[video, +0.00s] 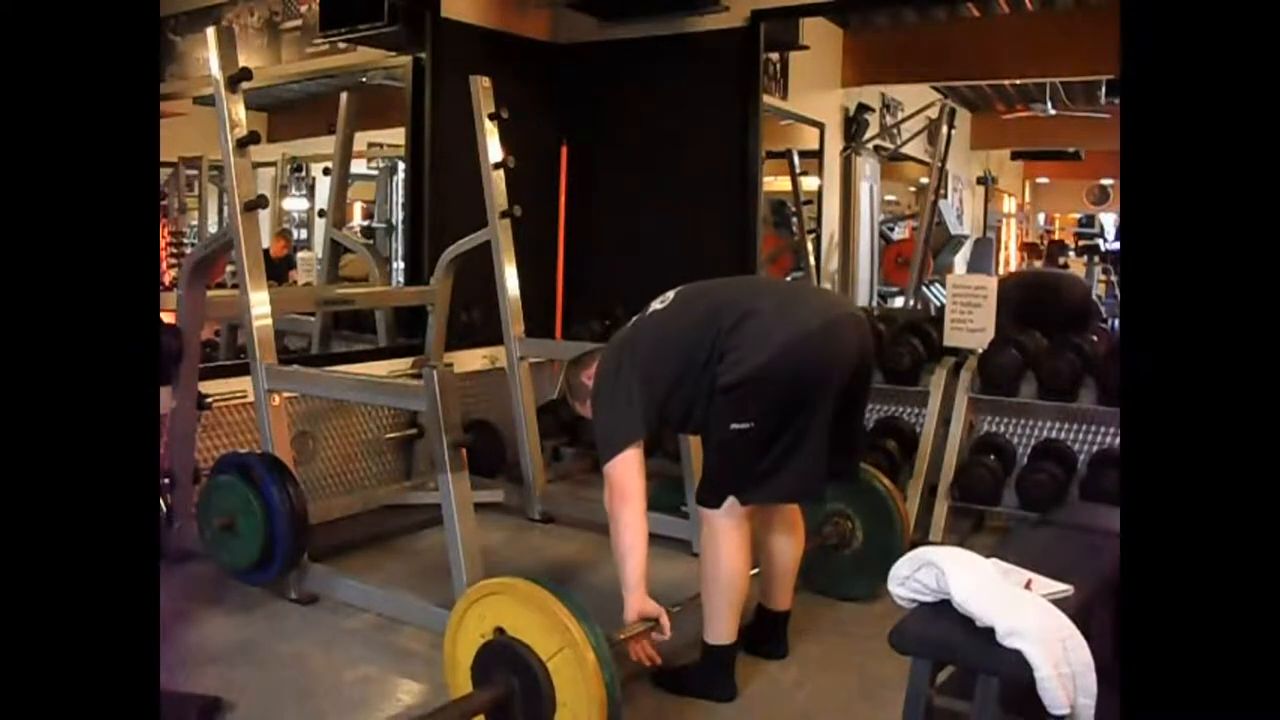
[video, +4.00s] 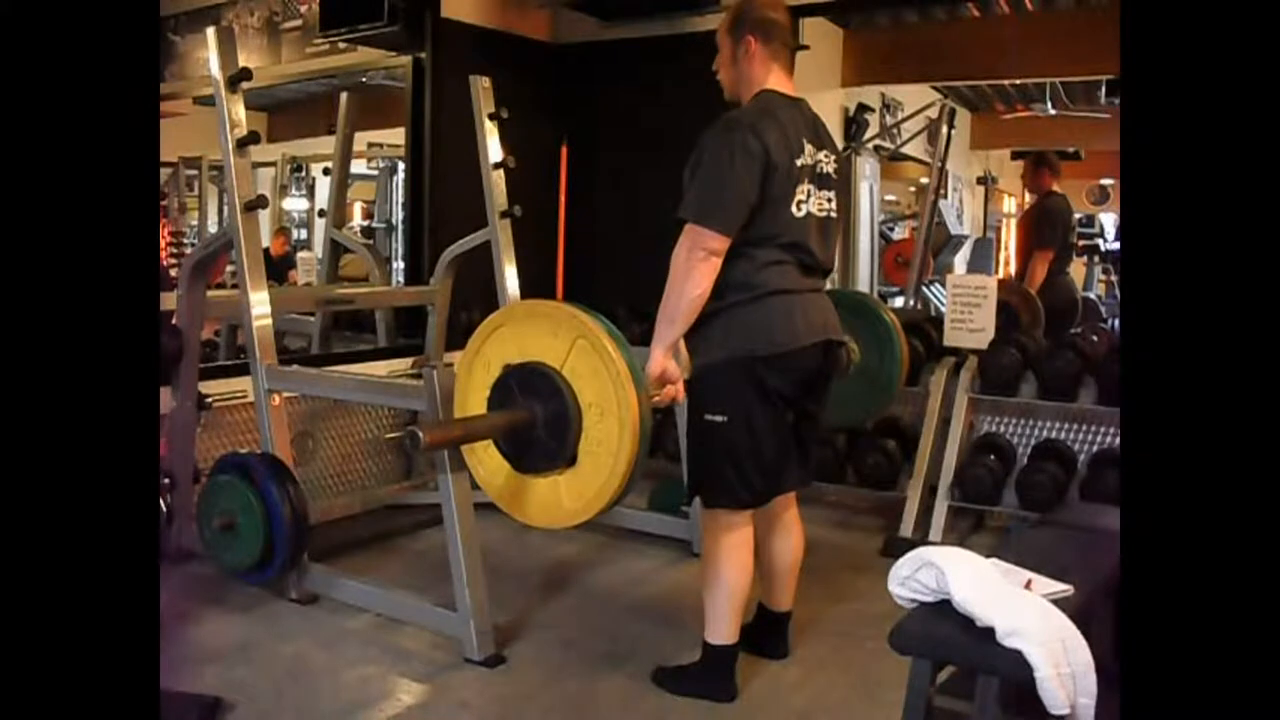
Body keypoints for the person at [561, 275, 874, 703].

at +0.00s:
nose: (601, 422)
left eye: (592, 414)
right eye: (592, 417)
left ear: (592, 381)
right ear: (597, 364)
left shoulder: (615, 376)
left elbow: (625, 493)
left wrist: (634, 593)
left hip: (769, 354)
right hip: (844, 334)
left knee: (722, 506)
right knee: (777, 495)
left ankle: (715, 671)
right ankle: (771, 631)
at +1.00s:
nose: (624, 342)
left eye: (617, 330)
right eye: (617, 333)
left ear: (628, 310)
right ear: (667, 296)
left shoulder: (657, 351)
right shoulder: (727, 317)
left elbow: (644, 466)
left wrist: (631, 578)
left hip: (808, 447)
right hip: (883, 435)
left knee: (684, 516)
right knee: (754, 506)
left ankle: (712, 670)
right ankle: (767, 631)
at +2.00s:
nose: (725, 64)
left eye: (729, 50)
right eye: (726, 50)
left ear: (757, 50)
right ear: (791, 54)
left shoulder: (743, 127)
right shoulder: (825, 133)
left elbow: (695, 243)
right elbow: (803, 250)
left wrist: (650, 338)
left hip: (738, 343)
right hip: (808, 340)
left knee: (722, 502)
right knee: (772, 487)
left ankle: (714, 668)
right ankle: (771, 631)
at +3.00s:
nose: (711, 85)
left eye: (711, 69)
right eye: (709, 71)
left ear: (736, 58)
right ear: (773, 56)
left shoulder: (744, 132)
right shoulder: (814, 126)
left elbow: (709, 249)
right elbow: (801, 247)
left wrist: (665, 345)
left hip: (749, 343)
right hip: (812, 338)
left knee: (728, 506)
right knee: (779, 492)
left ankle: (715, 668)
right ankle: (772, 631)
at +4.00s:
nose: (716, 65)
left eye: (720, 49)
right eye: (717, 51)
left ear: (749, 48)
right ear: (777, 51)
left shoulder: (740, 129)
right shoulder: (816, 131)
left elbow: (704, 247)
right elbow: (804, 250)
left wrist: (662, 344)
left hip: (744, 341)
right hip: (809, 336)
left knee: (726, 508)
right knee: (778, 492)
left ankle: (715, 668)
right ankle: (772, 630)